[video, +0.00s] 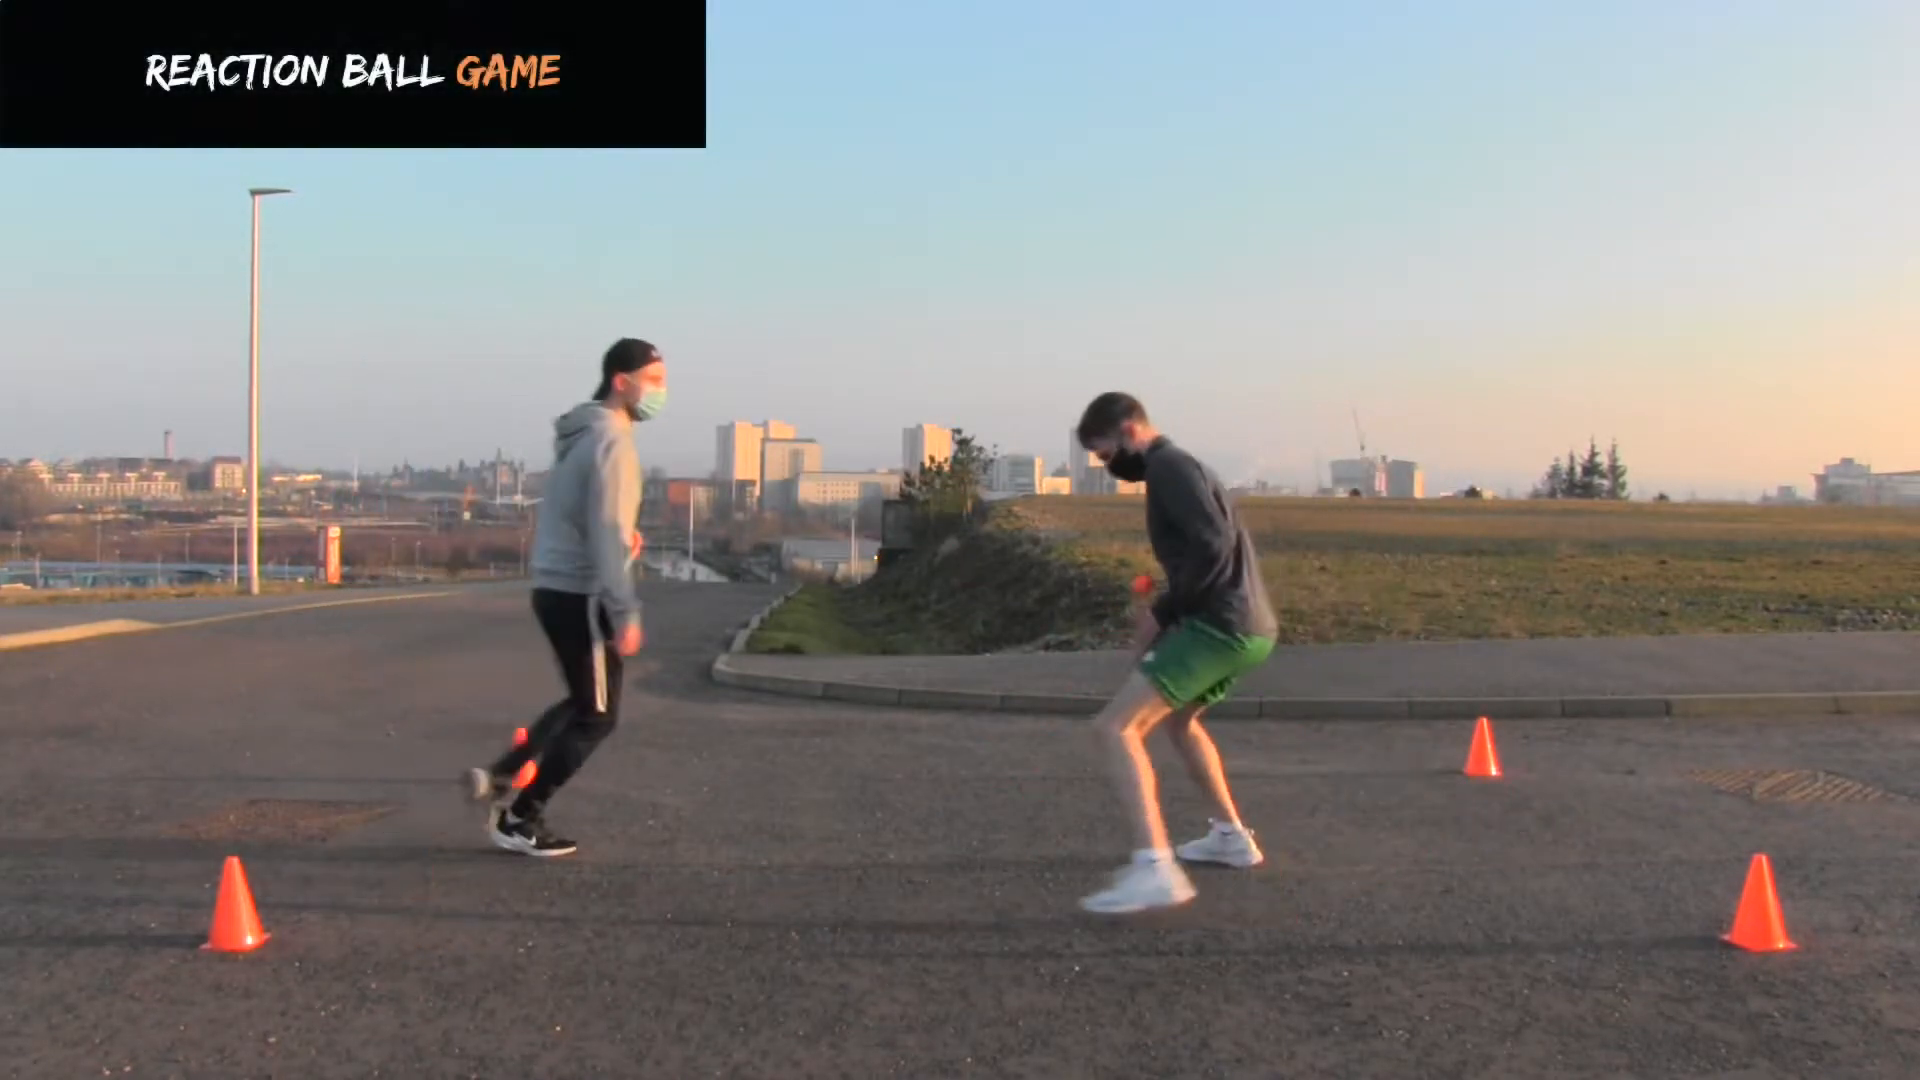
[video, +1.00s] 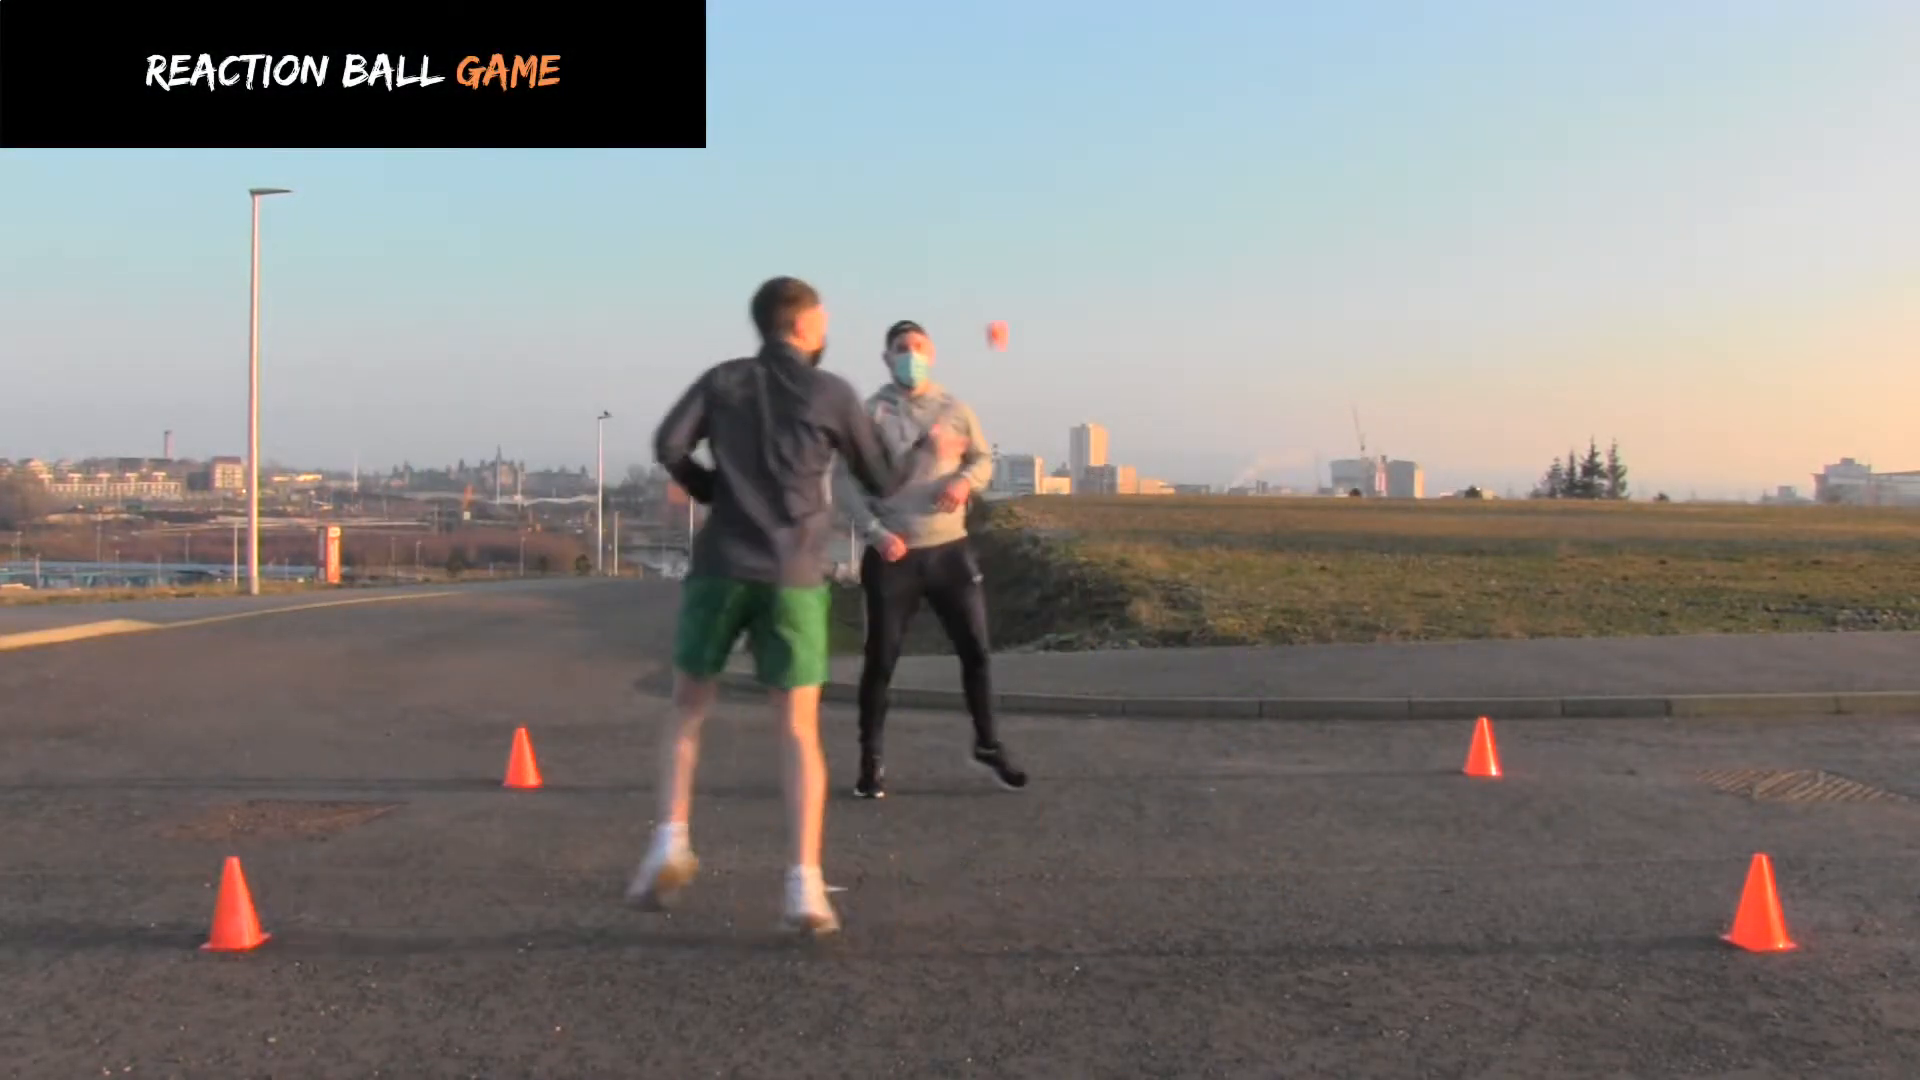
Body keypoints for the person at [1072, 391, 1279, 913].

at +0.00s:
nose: (1100, 462)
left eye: (1102, 449)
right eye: (1095, 454)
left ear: (1131, 429)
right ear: (1132, 431)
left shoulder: (1168, 467)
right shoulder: (1177, 464)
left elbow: (1213, 547)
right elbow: (1212, 555)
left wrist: (1161, 609)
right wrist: (1165, 595)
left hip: (1221, 625)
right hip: (1250, 626)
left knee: (1117, 728)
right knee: (1180, 720)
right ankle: (1231, 833)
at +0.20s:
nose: (1038, 480)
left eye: (1039, 467)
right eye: (1032, 469)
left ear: (1070, 455)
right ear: (1076, 455)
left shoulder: (1113, 491)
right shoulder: (1109, 497)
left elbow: (1184, 535)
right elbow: (1164, 558)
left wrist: (1124, 585)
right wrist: (1120, 594)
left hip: (1177, 652)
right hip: (1208, 650)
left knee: (1067, 744)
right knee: (1159, 736)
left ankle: (1078, 890)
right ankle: (1234, 837)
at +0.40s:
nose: (957, 428)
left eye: (958, 415)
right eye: (954, 417)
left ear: (982, 407)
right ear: (1005, 403)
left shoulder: (1018, 459)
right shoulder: (1040, 454)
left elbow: (1031, 552)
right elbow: (1050, 543)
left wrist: (984, 577)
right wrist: (993, 569)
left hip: (1082, 632)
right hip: (1116, 624)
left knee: (997, 758)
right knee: (1103, 736)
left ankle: (1066, 897)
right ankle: (1194, 829)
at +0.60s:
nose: (890, 352)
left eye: (890, 342)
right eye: (892, 343)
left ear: (901, 340)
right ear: (948, 334)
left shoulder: (908, 394)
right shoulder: (998, 396)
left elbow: (908, 481)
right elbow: (1034, 486)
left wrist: (891, 536)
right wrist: (995, 522)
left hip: (963, 579)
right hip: (1023, 576)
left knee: (935, 727)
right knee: (978, 721)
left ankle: (1013, 859)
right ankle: (969, 858)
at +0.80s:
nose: (887, 364)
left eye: (830, 363)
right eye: (891, 354)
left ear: (833, 360)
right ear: (890, 357)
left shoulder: (814, 413)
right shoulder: (926, 425)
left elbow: (783, 501)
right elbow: (959, 518)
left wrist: (815, 536)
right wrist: (987, 568)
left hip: (836, 612)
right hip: (908, 615)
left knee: (807, 746)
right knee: (879, 755)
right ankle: (880, 907)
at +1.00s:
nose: (825, 324)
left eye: (819, 313)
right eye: (819, 313)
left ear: (766, 324)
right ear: (802, 323)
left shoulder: (722, 381)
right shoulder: (832, 394)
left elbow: (668, 449)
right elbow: (883, 480)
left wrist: (716, 490)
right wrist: (930, 444)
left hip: (719, 569)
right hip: (796, 577)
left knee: (688, 708)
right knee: (800, 728)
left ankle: (671, 838)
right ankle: (806, 880)